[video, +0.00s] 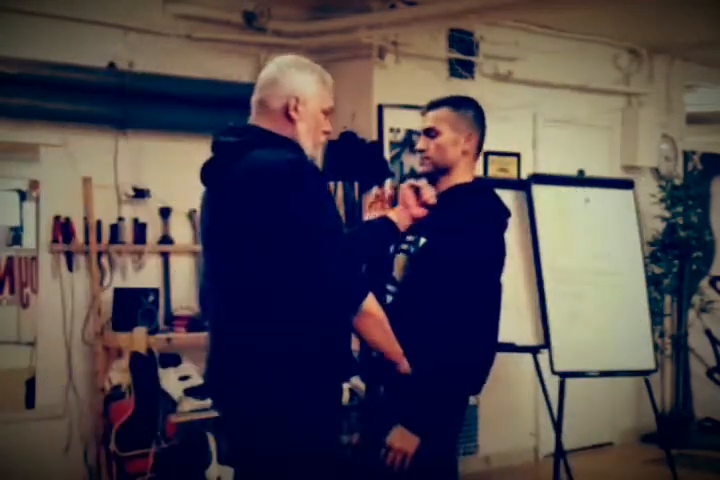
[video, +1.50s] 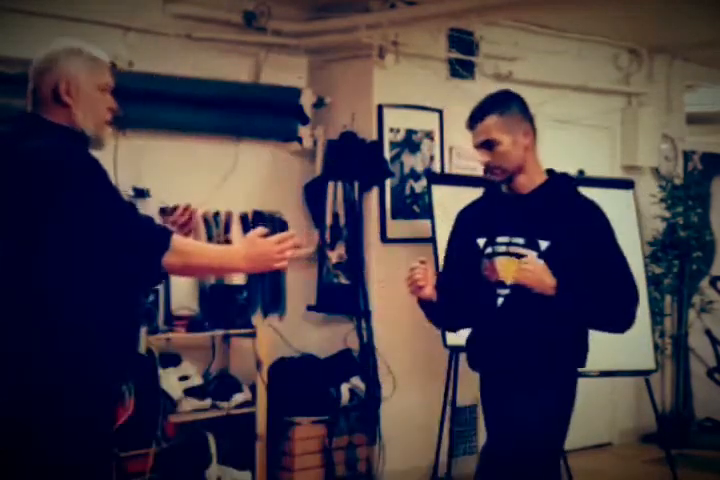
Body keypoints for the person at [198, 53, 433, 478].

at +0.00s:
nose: (330, 129)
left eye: (330, 116)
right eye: (325, 114)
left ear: (287, 108)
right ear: (294, 109)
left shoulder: (231, 169)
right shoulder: (292, 175)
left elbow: (326, 260)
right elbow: (348, 294)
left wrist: (394, 219)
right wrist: (399, 359)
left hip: (244, 382)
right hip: (296, 390)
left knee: (259, 468)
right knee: (302, 469)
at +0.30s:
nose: (312, 130)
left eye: (312, 117)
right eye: (306, 115)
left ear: (267, 114)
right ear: (272, 116)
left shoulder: (206, 180)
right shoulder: (270, 183)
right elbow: (317, 294)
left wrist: (329, 253)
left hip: (228, 388)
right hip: (279, 396)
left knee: (253, 471)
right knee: (300, 470)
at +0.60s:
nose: (246, 109)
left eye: (245, 97)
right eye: (241, 95)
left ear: (176, 94)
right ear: (209, 93)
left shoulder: (138, 157)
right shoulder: (211, 160)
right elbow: (306, 232)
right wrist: (345, 176)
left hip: (147, 370)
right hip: (206, 375)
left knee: (169, 467)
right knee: (219, 468)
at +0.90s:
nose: (170, 112)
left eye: (168, 100)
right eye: (161, 98)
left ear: (123, 104)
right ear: (123, 104)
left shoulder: (79, 164)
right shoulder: (117, 171)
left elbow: (150, 239)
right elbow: (208, 249)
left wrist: (210, 230)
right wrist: (303, 245)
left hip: (68, 383)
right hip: (110, 392)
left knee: (61, 469)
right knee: (117, 471)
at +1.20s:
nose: (123, 109)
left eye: (122, 96)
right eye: (115, 93)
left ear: (74, 95)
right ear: (77, 93)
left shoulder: (23, 150)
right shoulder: (73, 160)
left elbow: (88, 240)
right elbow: (158, 240)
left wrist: (161, 224)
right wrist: (252, 249)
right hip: (67, 382)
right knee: (77, 464)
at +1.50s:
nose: (114, 106)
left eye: (113, 93)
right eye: (105, 91)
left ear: (65, 95)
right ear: (67, 93)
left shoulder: (25, 150)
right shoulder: (62, 159)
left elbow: (92, 249)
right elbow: (142, 245)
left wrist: (163, 240)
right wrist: (241, 257)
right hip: (65, 382)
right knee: (80, 464)